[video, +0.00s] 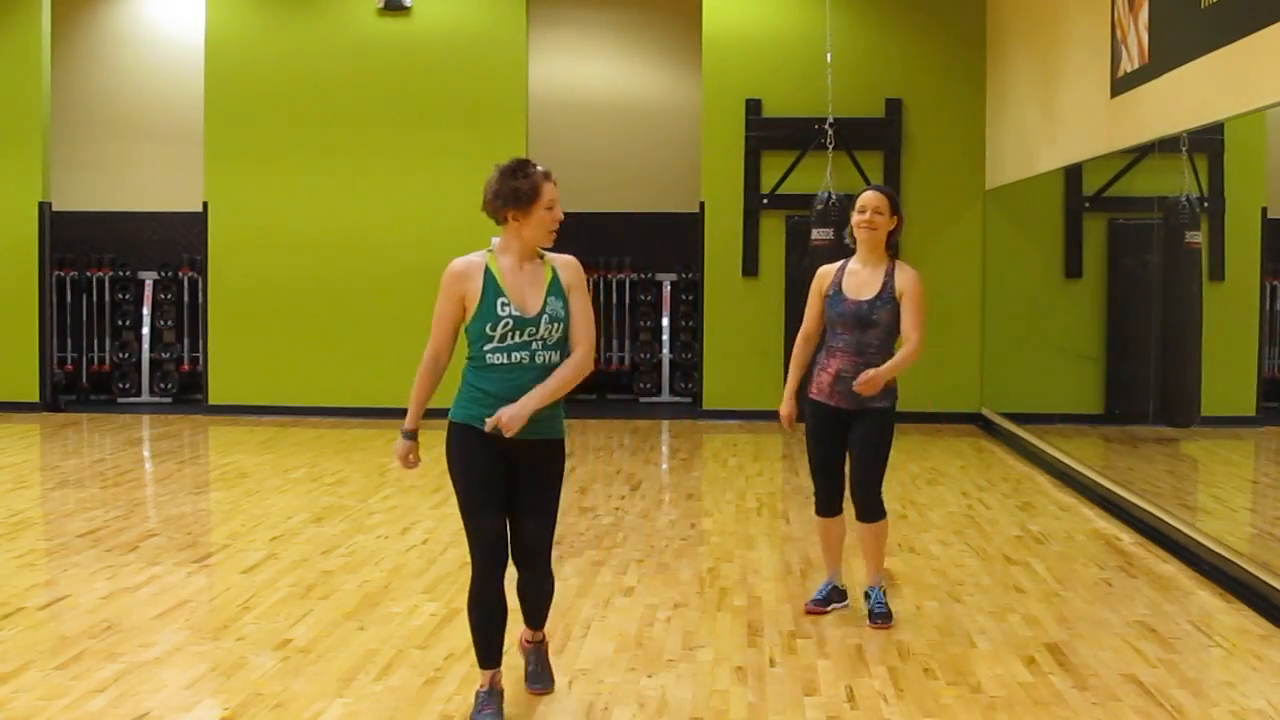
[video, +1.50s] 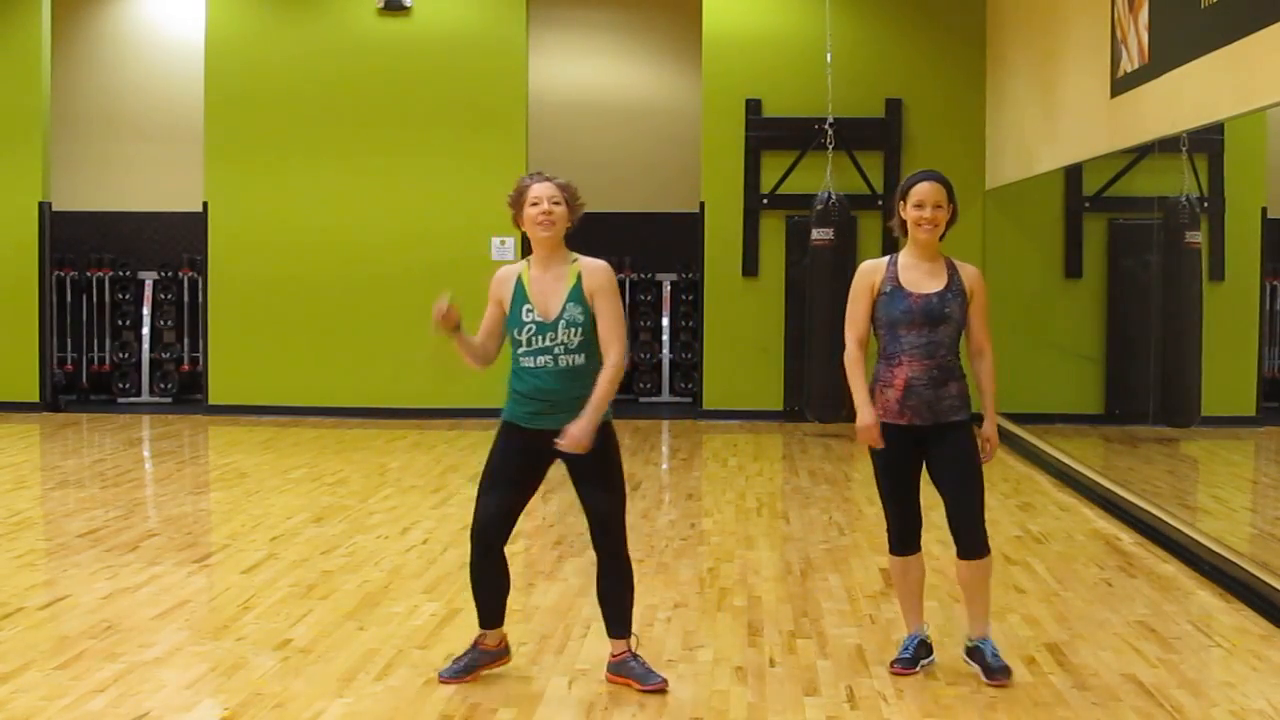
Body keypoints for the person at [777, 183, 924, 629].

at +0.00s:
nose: (866, 218)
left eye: (876, 212)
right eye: (860, 211)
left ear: (893, 224)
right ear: (850, 219)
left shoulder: (904, 279)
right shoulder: (827, 275)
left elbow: (912, 344)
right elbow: (807, 335)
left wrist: (885, 371)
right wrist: (789, 391)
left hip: (873, 403)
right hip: (823, 400)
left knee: (866, 493)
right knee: (827, 493)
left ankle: (875, 588)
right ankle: (832, 582)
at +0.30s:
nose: (867, 219)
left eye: (877, 213)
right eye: (861, 211)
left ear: (895, 222)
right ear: (852, 219)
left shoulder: (910, 281)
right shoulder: (827, 275)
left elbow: (920, 348)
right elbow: (809, 341)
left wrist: (927, 408)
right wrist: (810, 400)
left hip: (888, 405)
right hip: (835, 404)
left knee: (898, 500)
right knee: (833, 496)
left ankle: (912, 596)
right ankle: (832, 581)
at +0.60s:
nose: (891, 222)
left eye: (900, 215)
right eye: (884, 214)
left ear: (916, 224)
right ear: (872, 222)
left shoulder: (934, 284)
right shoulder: (848, 279)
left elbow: (947, 350)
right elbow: (829, 345)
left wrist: (958, 410)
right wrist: (827, 407)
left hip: (928, 413)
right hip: (874, 416)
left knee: (929, 510)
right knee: (869, 513)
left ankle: (921, 603)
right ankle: (841, 578)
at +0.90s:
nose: (913, 220)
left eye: (922, 212)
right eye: (904, 213)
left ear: (936, 219)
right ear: (891, 220)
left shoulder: (958, 278)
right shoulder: (869, 276)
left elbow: (968, 346)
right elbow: (852, 345)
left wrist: (967, 403)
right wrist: (847, 408)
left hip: (939, 411)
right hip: (885, 412)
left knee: (932, 511)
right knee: (904, 509)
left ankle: (922, 602)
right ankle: (905, 612)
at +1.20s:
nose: (922, 224)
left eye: (931, 215)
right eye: (912, 215)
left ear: (944, 223)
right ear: (896, 222)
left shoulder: (965, 281)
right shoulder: (873, 283)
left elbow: (980, 351)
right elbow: (855, 355)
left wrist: (979, 409)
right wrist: (844, 417)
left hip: (943, 421)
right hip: (884, 420)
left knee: (942, 537)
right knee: (897, 530)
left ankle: (924, 592)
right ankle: (913, 635)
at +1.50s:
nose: (928, 214)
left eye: (937, 207)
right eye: (918, 205)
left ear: (949, 215)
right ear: (902, 211)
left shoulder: (967, 277)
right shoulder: (873, 273)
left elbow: (980, 351)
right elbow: (854, 347)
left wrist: (989, 416)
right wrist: (864, 409)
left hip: (951, 422)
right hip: (891, 424)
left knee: (972, 532)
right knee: (903, 534)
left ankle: (979, 639)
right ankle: (916, 636)